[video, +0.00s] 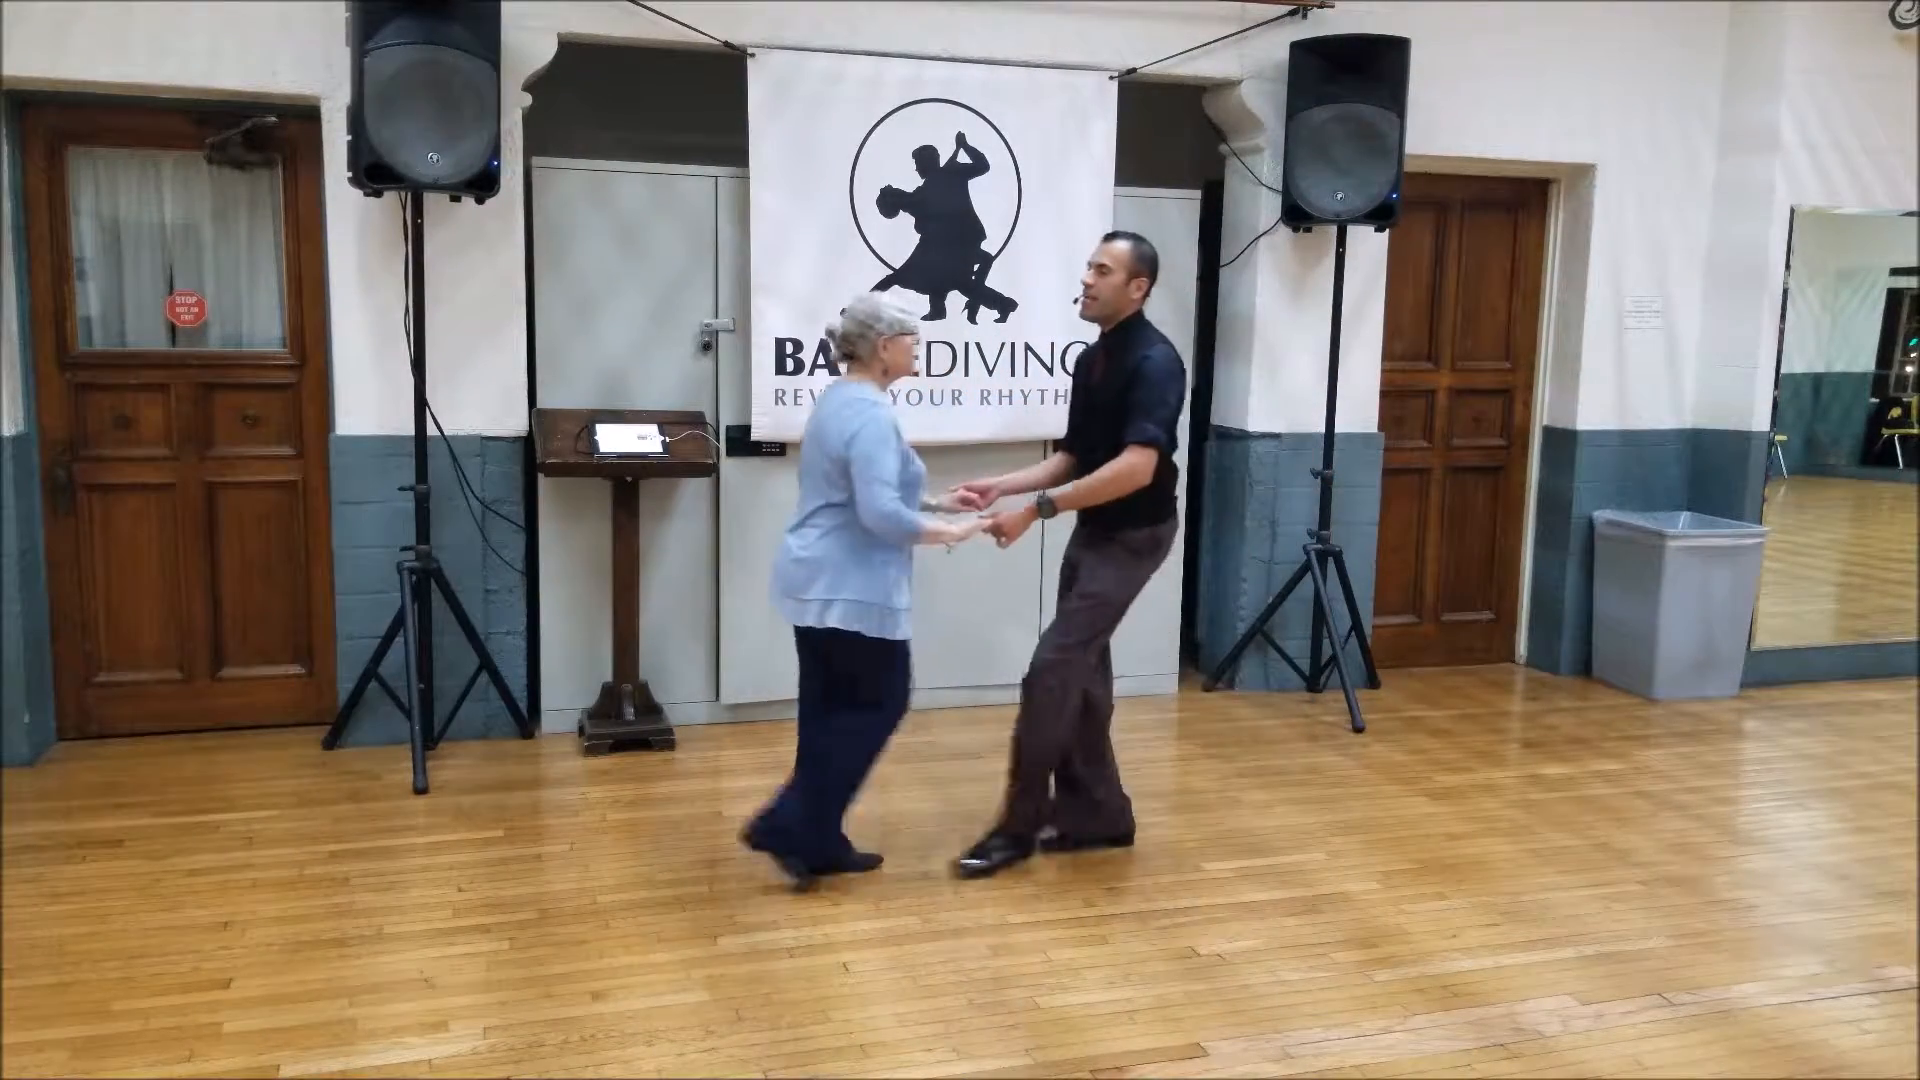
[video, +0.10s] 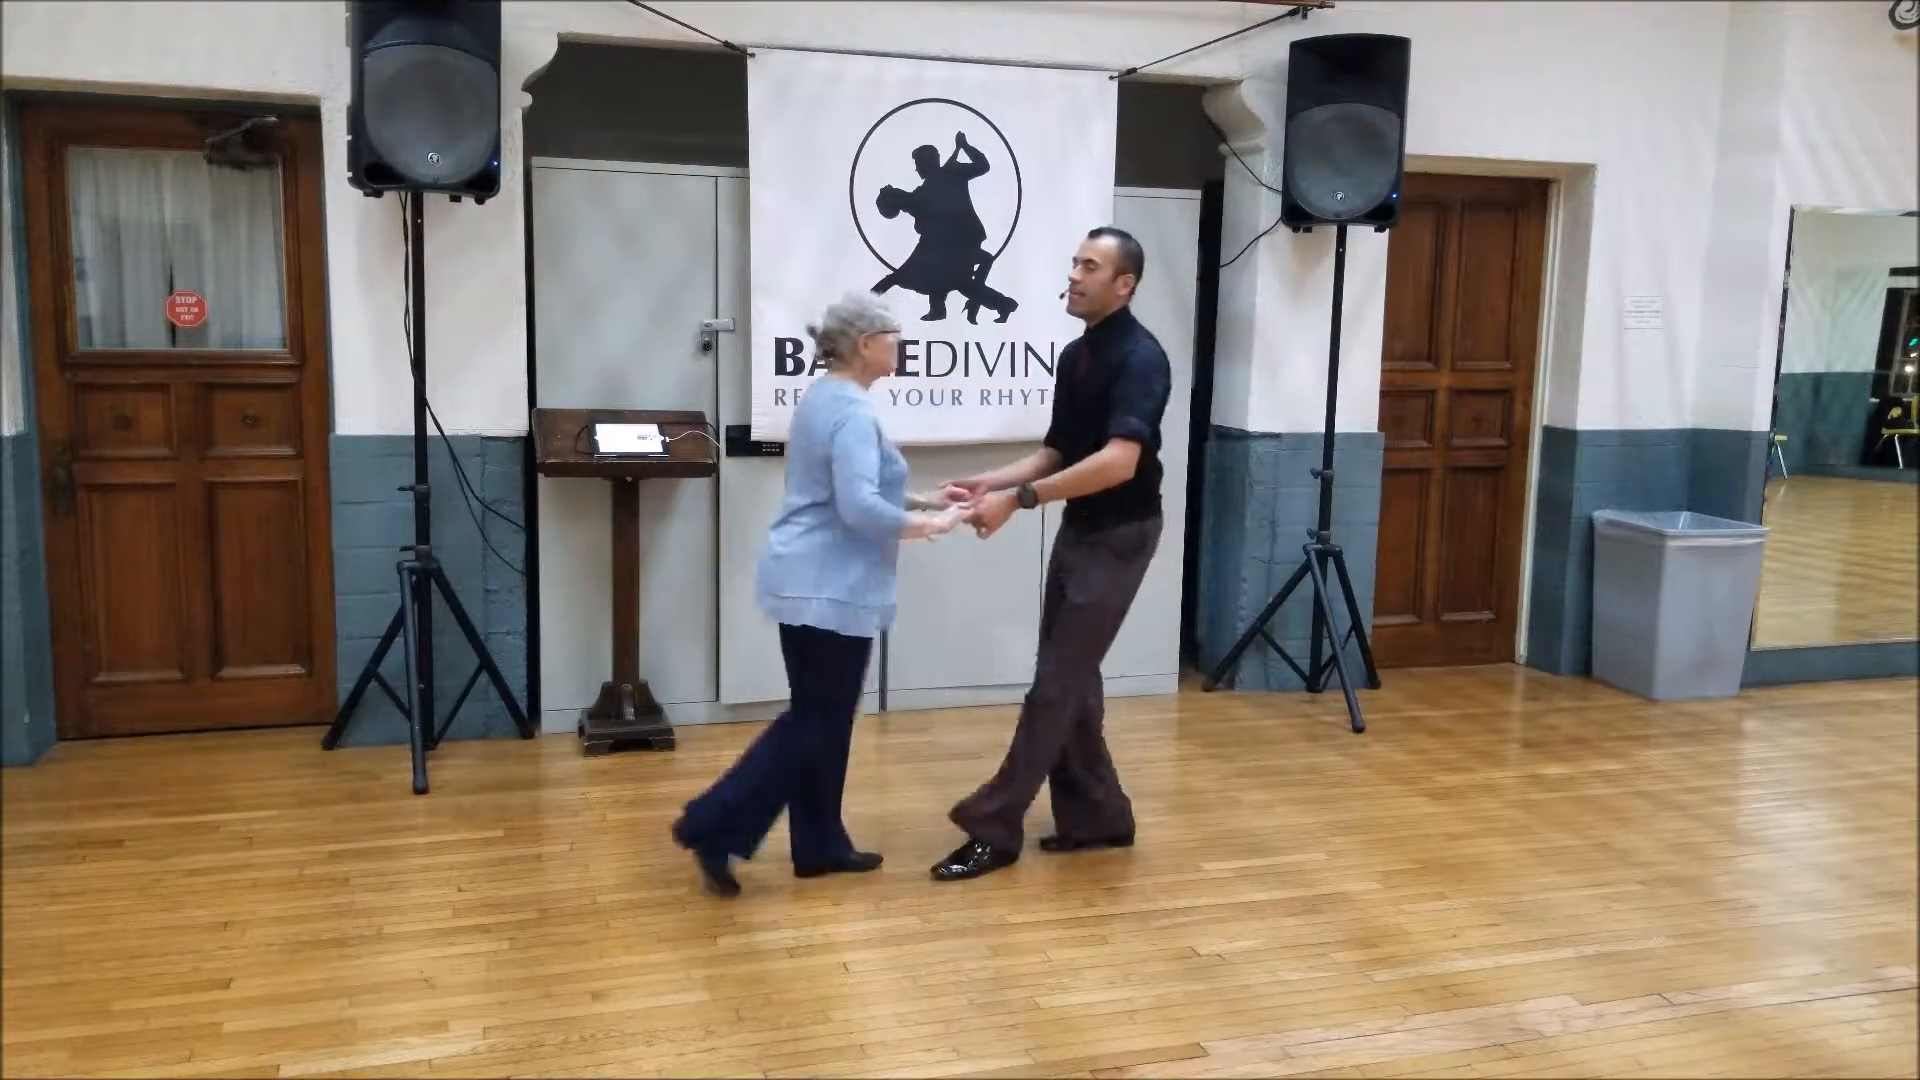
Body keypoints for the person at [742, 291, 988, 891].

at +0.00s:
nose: (917, 350)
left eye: (915, 340)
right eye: (910, 341)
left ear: (869, 347)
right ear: (882, 346)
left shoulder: (835, 403)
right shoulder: (870, 415)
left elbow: (884, 496)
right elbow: (877, 512)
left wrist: (945, 500)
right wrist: (945, 531)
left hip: (815, 582)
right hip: (854, 589)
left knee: (827, 704)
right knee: (883, 702)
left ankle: (820, 837)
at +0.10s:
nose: (899, 347)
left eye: (896, 337)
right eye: (891, 338)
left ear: (850, 347)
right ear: (861, 345)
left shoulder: (822, 400)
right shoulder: (852, 412)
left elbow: (860, 492)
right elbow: (858, 507)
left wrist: (926, 499)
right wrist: (923, 526)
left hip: (808, 580)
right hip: (831, 588)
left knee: (821, 717)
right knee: (819, 721)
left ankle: (821, 847)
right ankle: (714, 827)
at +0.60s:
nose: (876, 351)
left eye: (874, 342)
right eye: (868, 343)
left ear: (827, 351)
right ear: (838, 350)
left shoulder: (795, 405)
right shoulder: (829, 417)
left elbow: (847, 495)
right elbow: (897, 509)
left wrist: (910, 485)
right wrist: (971, 485)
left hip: (794, 586)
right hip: (817, 594)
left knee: (813, 720)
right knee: (826, 722)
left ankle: (788, 846)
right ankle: (720, 827)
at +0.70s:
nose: (885, 348)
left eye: (883, 339)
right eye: (878, 339)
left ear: (834, 346)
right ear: (852, 346)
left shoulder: (799, 403)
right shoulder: (847, 416)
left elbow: (867, 473)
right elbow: (928, 494)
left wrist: (933, 470)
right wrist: (1005, 465)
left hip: (786, 585)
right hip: (837, 591)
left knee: (798, 711)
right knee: (877, 699)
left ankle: (776, 849)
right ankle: (806, 842)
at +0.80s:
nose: (900, 348)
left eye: (898, 338)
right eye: (893, 338)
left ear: (845, 343)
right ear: (864, 343)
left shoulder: (810, 400)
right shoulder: (870, 415)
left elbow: (911, 458)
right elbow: (953, 483)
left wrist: (1000, 451)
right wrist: (1032, 457)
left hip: (795, 586)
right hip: (860, 591)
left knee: (798, 717)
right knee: (897, 707)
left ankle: (781, 852)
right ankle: (889, 847)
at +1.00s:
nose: (932, 350)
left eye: (930, 340)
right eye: (926, 341)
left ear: (879, 347)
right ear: (900, 349)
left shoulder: (839, 405)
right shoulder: (909, 419)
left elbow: (954, 471)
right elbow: (986, 490)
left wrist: (1043, 466)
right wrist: (1059, 473)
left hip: (838, 590)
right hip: (905, 595)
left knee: (835, 716)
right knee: (919, 723)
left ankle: (797, 844)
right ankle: (910, 846)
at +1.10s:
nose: (956, 352)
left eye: (955, 341)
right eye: (950, 342)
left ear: (909, 347)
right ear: (921, 347)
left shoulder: (873, 406)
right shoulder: (923, 418)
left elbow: (947, 487)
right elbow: (983, 505)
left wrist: (1021, 488)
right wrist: (1051, 503)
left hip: (872, 583)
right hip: (920, 589)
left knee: (903, 699)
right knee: (926, 719)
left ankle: (842, 801)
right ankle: (915, 846)